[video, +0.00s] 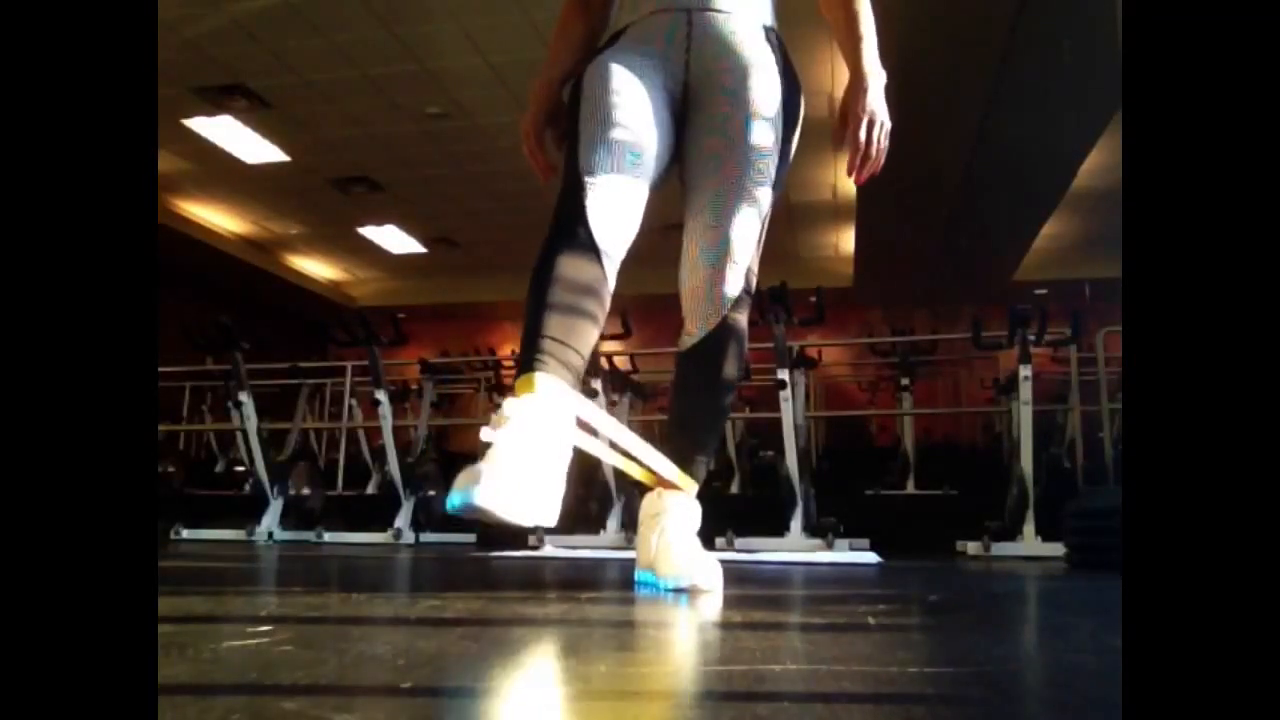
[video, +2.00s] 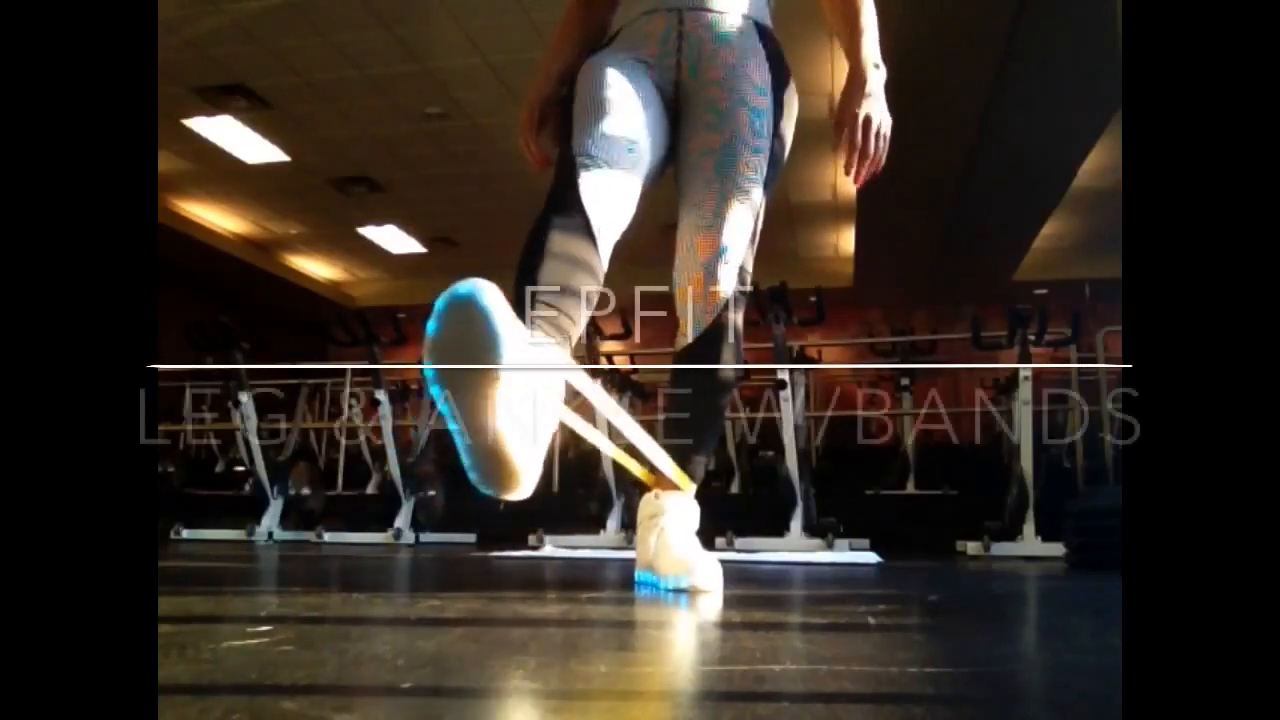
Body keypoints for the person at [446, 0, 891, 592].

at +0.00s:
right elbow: (589, 3)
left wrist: (867, 72)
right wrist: (550, 82)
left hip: (744, 25)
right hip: (632, 25)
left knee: (722, 273)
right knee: (597, 203)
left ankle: (673, 516)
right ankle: (533, 441)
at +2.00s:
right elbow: (591, 4)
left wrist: (866, 72)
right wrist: (552, 79)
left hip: (737, 31)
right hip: (628, 33)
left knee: (710, 272)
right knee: (590, 182)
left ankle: (673, 512)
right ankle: (528, 401)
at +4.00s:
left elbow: (832, 2)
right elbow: (594, 4)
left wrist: (844, 80)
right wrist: (555, 90)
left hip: (748, 24)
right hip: (636, 22)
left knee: (722, 272)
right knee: (593, 213)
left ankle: (672, 519)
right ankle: (521, 458)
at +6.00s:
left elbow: (835, 3)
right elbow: (596, 4)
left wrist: (846, 75)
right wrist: (557, 95)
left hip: (742, 28)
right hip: (632, 24)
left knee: (722, 268)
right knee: (614, 204)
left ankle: (674, 515)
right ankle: (564, 455)